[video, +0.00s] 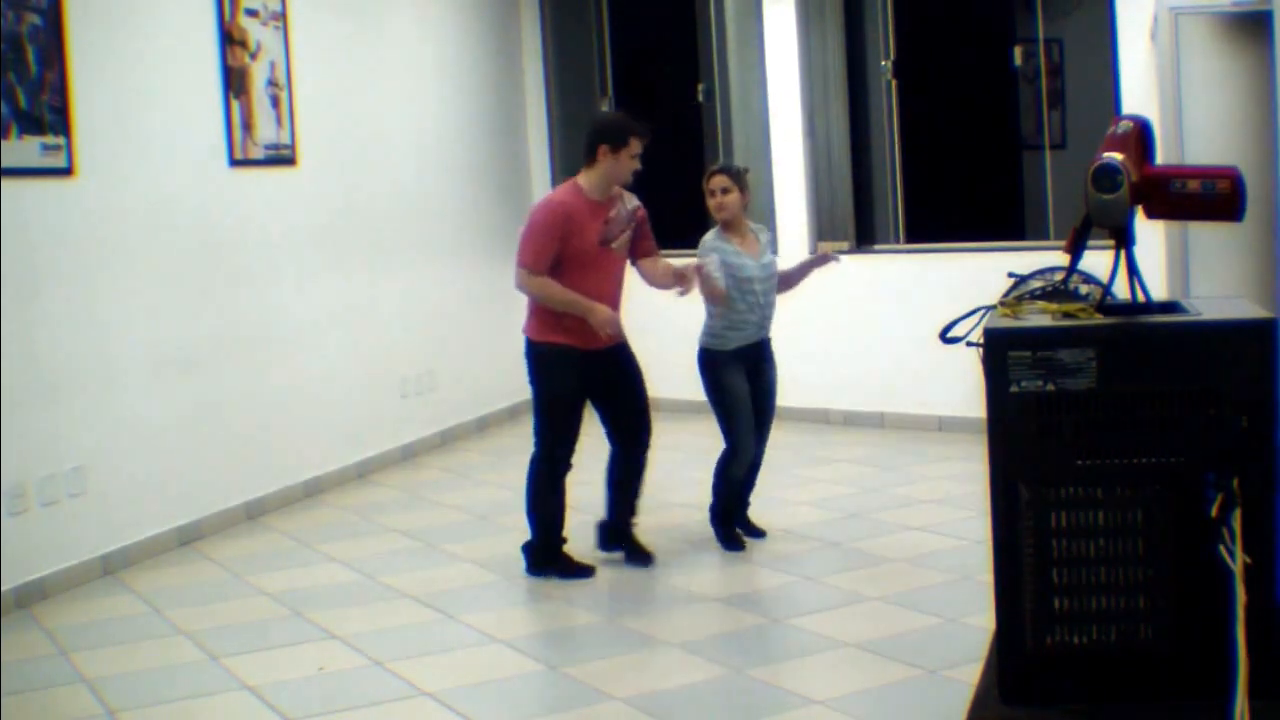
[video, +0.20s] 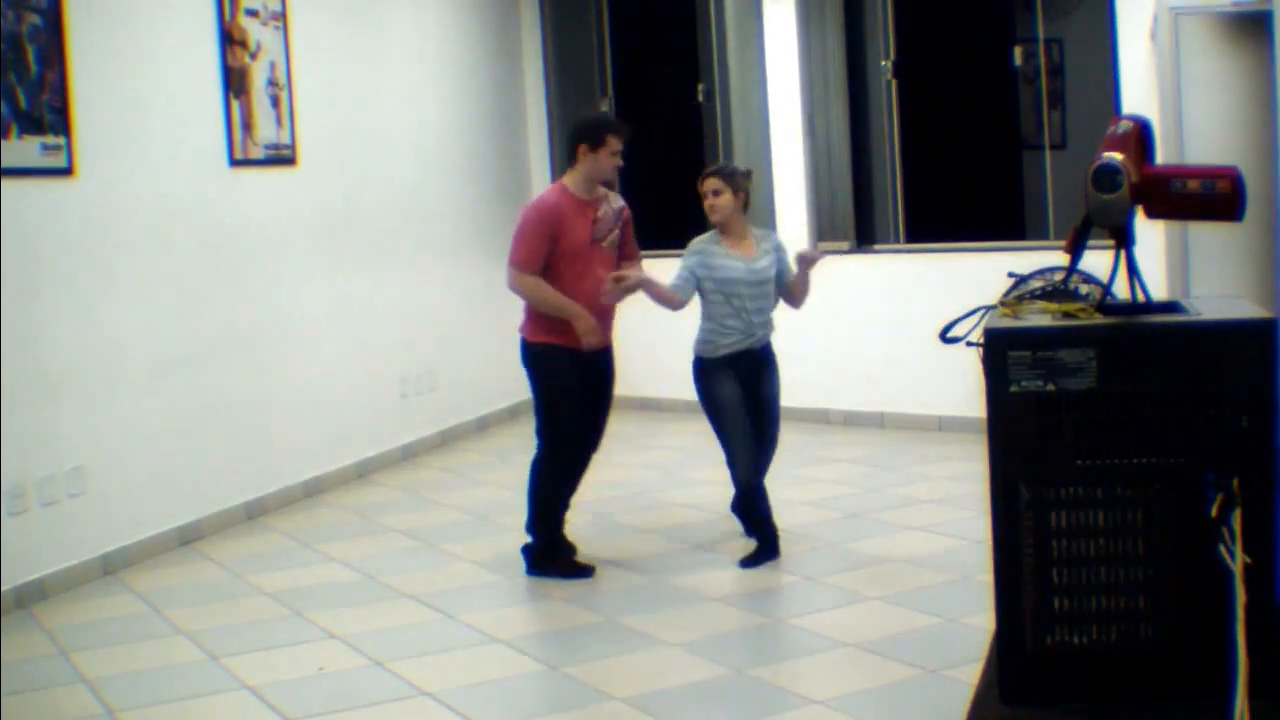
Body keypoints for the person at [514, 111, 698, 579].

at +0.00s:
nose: (637, 165)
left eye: (639, 157)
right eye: (632, 156)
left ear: (612, 156)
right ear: (604, 153)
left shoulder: (629, 208)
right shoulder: (554, 209)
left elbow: (650, 265)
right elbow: (526, 278)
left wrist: (675, 275)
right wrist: (588, 308)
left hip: (608, 345)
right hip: (556, 348)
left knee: (633, 434)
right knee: (554, 452)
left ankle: (618, 529)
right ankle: (544, 551)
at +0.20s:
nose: (620, 162)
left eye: (621, 154)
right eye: (614, 154)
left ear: (601, 156)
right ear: (585, 153)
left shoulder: (616, 209)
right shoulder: (546, 208)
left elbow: (632, 264)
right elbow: (520, 278)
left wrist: (626, 279)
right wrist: (576, 313)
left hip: (595, 346)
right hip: (552, 346)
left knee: (583, 445)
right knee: (558, 446)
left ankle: (550, 532)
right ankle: (542, 547)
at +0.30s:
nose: (617, 165)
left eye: (618, 157)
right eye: (609, 157)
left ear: (607, 160)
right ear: (580, 158)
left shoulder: (611, 213)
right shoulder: (547, 213)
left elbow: (629, 273)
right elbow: (525, 281)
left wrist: (617, 281)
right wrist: (578, 317)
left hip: (590, 345)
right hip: (552, 346)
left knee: (569, 436)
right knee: (588, 436)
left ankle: (544, 527)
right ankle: (550, 538)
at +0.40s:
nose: (618, 167)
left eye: (618, 159)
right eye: (609, 160)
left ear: (608, 164)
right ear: (581, 164)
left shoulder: (609, 215)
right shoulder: (553, 217)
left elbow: (630, 278)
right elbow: (533, 285)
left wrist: (622, 275)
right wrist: (586, 322)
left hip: (584, 345)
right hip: (553, 347)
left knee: (564, 433)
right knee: (612, 429)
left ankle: (536, 525)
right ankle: (583, 529)